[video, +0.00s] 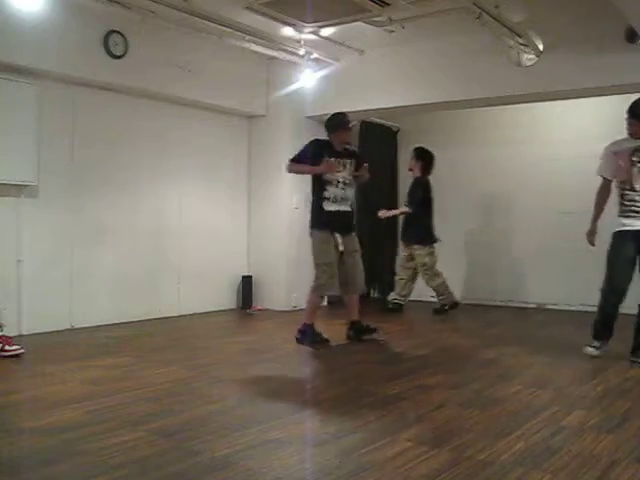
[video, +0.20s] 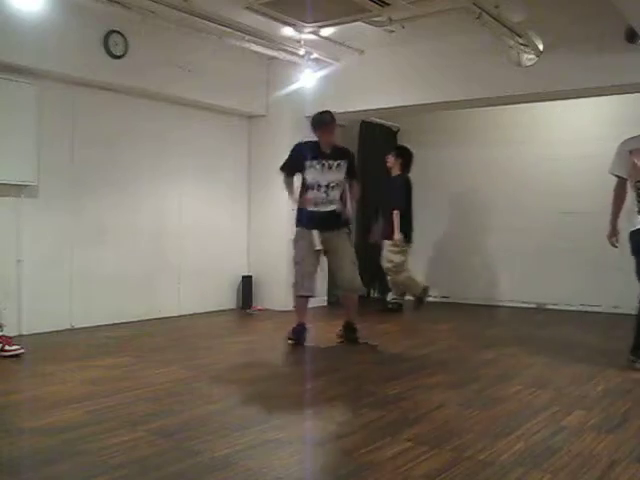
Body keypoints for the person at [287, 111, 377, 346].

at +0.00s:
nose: (349, 135)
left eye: (349, 131)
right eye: (345, 131)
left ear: (347, 132)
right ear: (334, 131)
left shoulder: (352, 154)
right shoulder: (317, 147)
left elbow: (359, 180)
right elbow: (292, 166)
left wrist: (361, 175)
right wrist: (319, 169)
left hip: (347, 225)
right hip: (323, 224)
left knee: (353, 276)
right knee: (325, 277)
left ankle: (354, 324)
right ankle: (306, 327)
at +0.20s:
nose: (331, 135)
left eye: (333, 129)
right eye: (327, 131)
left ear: (335, 129)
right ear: (317, 131)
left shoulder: (345, 155)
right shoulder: (302, 150)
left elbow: (354, 182)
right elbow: (287, 174)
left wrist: (353, 206)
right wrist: (295, 198)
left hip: (336, 226)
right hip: (307, 227)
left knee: (349, 278)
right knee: (303, 276)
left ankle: (350, 325)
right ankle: (300, 326)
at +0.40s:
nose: (316, 142)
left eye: (319, 137)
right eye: (311, 138)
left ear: (325, 136)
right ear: (303, 137)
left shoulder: (334, 168)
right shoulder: (289, 163)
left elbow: (352, 198)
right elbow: (276, 190)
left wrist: (365, 225)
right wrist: (270, 217)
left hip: (324, 237)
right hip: (294, 236)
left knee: (335, 287)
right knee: (278, 283)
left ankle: (348, 327)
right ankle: (294, 328)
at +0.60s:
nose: (304, 146)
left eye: (308, 142)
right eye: (300, 142)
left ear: (315, 140)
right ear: (294, 139)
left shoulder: (324, 164)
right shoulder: (279, 158)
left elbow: (348, 182)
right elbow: (257, 168)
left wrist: (352, 191)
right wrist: (260, 179)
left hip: (317, 236)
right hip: (285, 236)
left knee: (335, 284)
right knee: (277, 286)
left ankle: (323, 326)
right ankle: (291, 327)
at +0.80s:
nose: (295, 144)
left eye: (299, 140)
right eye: (291, 140)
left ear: (306, 137)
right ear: (284, 136)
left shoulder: (314, 151)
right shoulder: (270, 147)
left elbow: (341, 171)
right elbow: (236, 155)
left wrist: (329, 170)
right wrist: (255, 158)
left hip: (307, 229)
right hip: (277, 229)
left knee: (322, 280)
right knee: (277, 281)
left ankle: (316, 327)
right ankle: (282, 325)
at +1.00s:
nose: (290, 141)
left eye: (293, 136)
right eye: (286, 136)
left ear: (297, 137)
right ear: (277, 136)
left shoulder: (304, 167)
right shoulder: (260, 164)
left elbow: (306, 202)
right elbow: (251, 197)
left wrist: (288, 224)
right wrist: (246, 223)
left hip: (296, 234)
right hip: (267, 233)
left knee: (293, 283)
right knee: (265, 281)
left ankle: (302, 324)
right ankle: (259, 326)